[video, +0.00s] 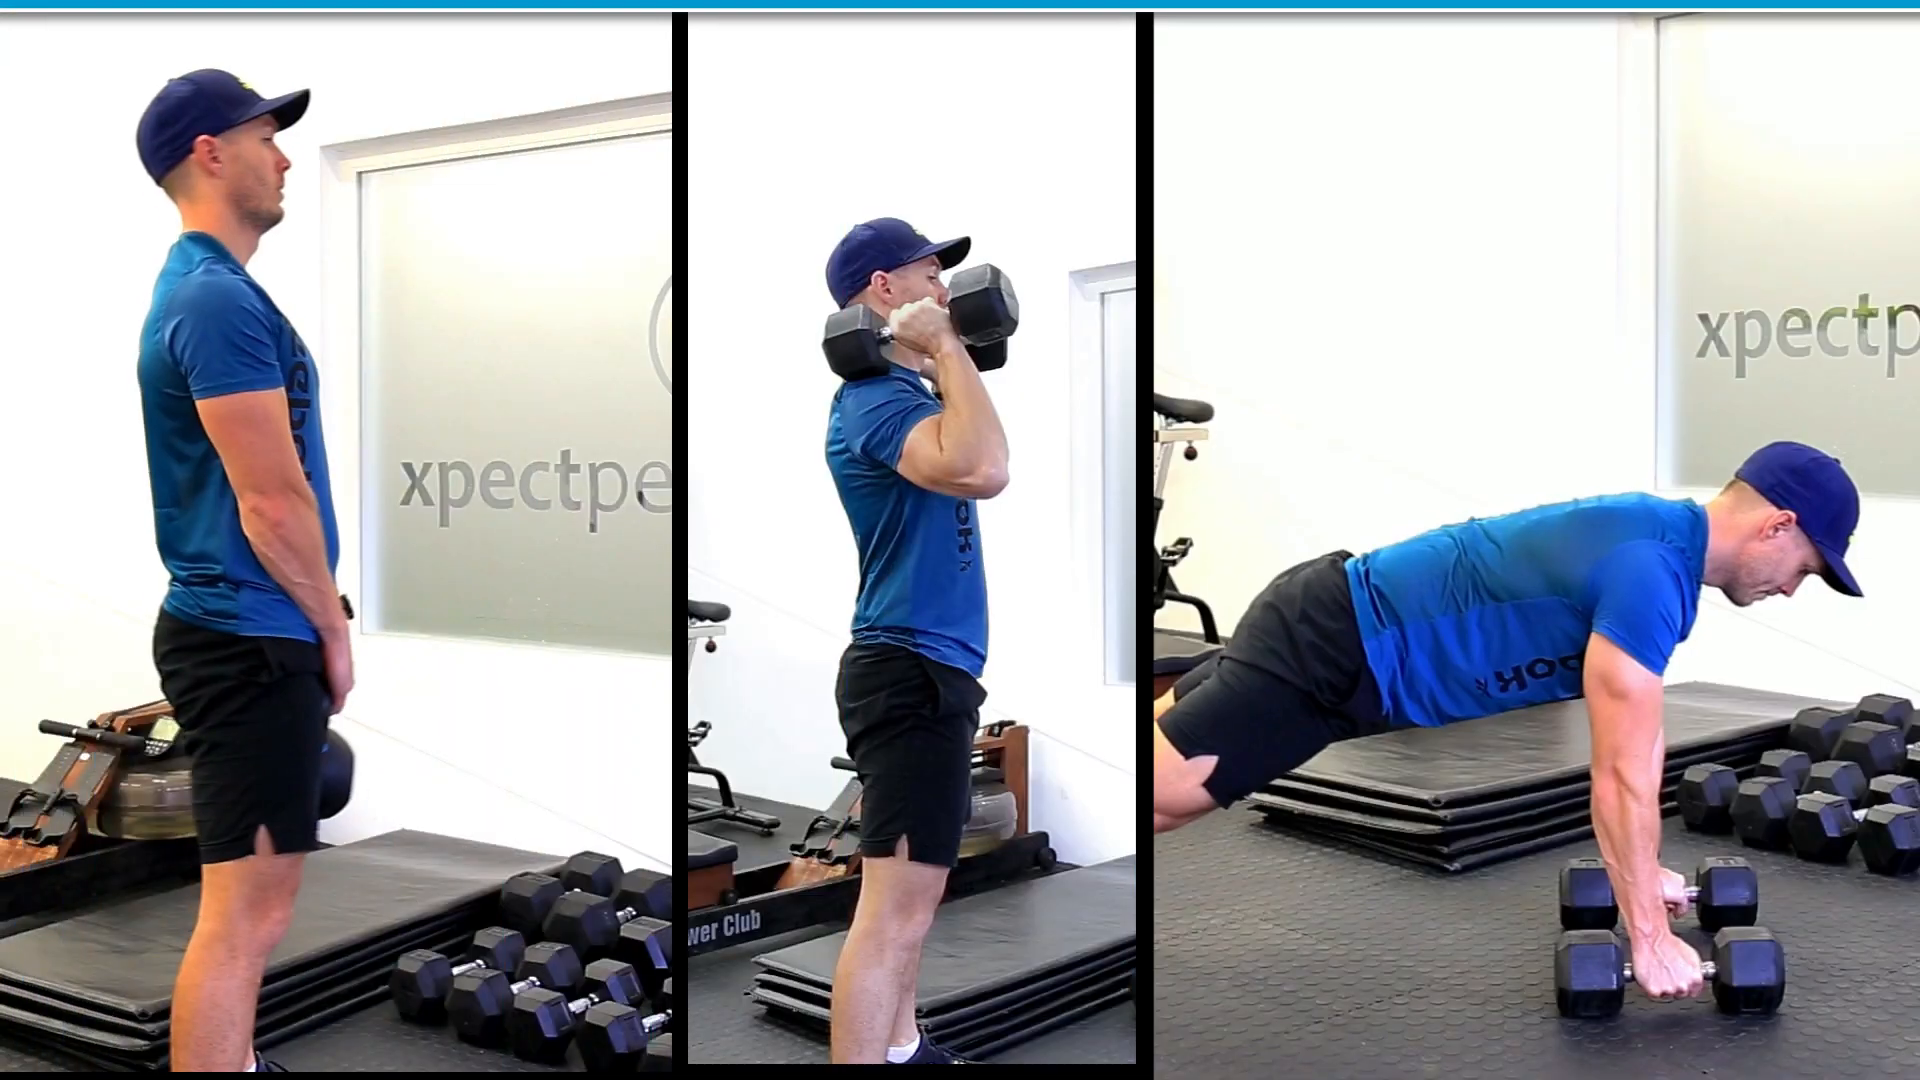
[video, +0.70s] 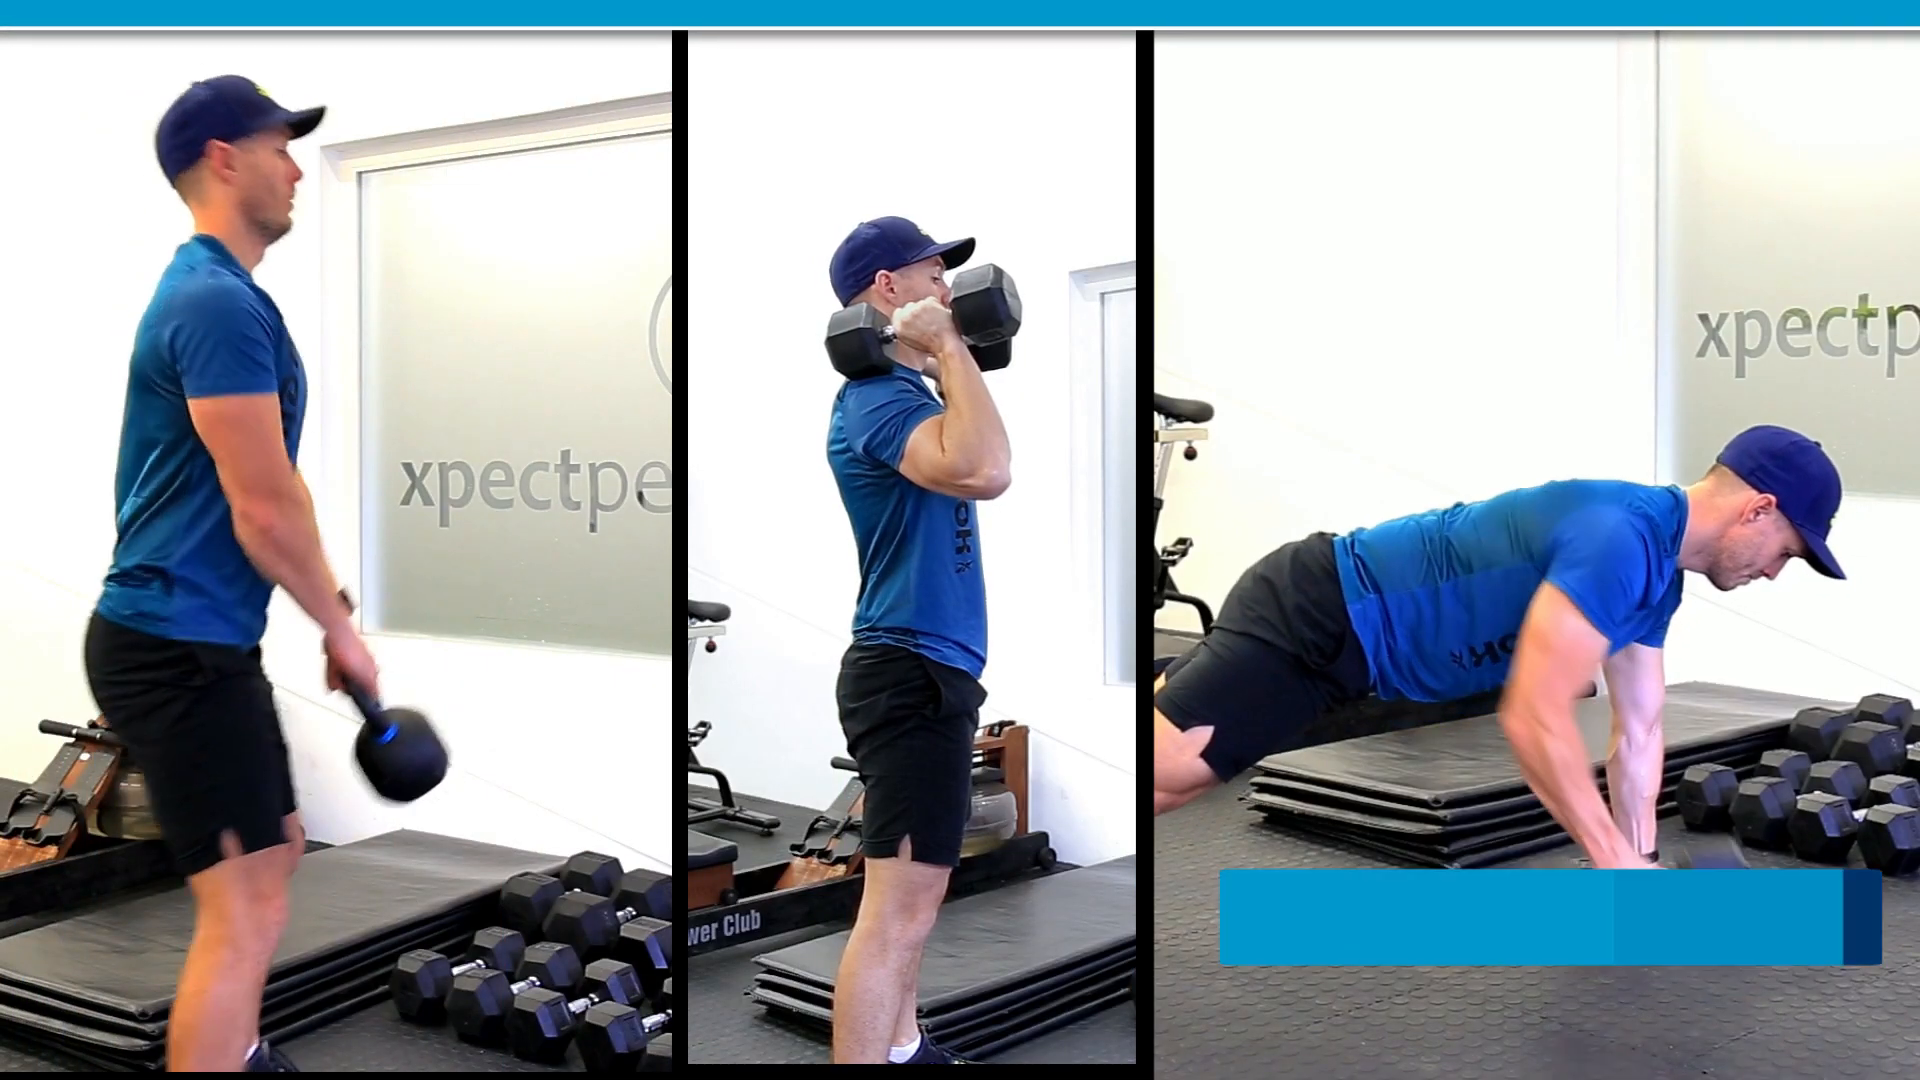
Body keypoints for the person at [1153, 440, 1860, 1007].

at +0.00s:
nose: (1795, 589)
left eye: (1808, 577)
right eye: (1806, 569)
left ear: (1766, 523)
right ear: (1775, 526)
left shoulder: (1663, 562)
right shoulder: (1651, 565)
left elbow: (1630, 753)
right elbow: (1618, 772)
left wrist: (1640, 872)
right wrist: (1646, 932)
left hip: (1351, 647)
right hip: (1336, 634)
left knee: (1167, 769)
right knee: (1156, 789)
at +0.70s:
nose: (1778, 573)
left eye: (1792, 560)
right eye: (1790, 551)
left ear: (1747, 503)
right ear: (1755, 507)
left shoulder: (1657, 571)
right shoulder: (1619, 537)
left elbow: (1638, 727)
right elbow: (1530, 717)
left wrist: (1640, 865)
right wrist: (1614, 859)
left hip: (1347, 652)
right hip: (1321, 610)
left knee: (1164, 780)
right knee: (1156, 759)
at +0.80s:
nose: (1782, 572)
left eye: (1796, 560)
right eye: (1794, 551)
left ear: (1749, 506)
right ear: (1758, 506)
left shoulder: (1658, 576)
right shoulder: (1620, 531)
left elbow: (1637, 730)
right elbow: (1482, 660)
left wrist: (1632, 847)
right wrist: (1575, 789)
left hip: (1355, 654)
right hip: (1327, 609)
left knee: (1170, 777)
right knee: (1160, 763)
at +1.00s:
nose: (1786, 574)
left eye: (1800, 561)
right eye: (1798, 552)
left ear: (1755, 508)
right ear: (1762, 507)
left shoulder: (1659, 584)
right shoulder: (1620, 527)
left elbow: (1640, 724)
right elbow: (1453, 600)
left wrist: (1639, 870)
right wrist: (1542, 723)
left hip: (1362, 667)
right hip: (1329, 618)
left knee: (1158, 758)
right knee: (1153, 780)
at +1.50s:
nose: (1781, 577)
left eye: (1796, 565)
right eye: (1794, 556)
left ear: (1751, 508)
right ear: (1760, 510)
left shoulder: (1654, 578)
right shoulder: (1618, 527)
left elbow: (1637, 727)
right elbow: (1452, 606)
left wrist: (1643, 877)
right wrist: (1550, 730)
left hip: (1354, 662)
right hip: (1320, 618)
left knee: (1155, 768)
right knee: (1150, 774)